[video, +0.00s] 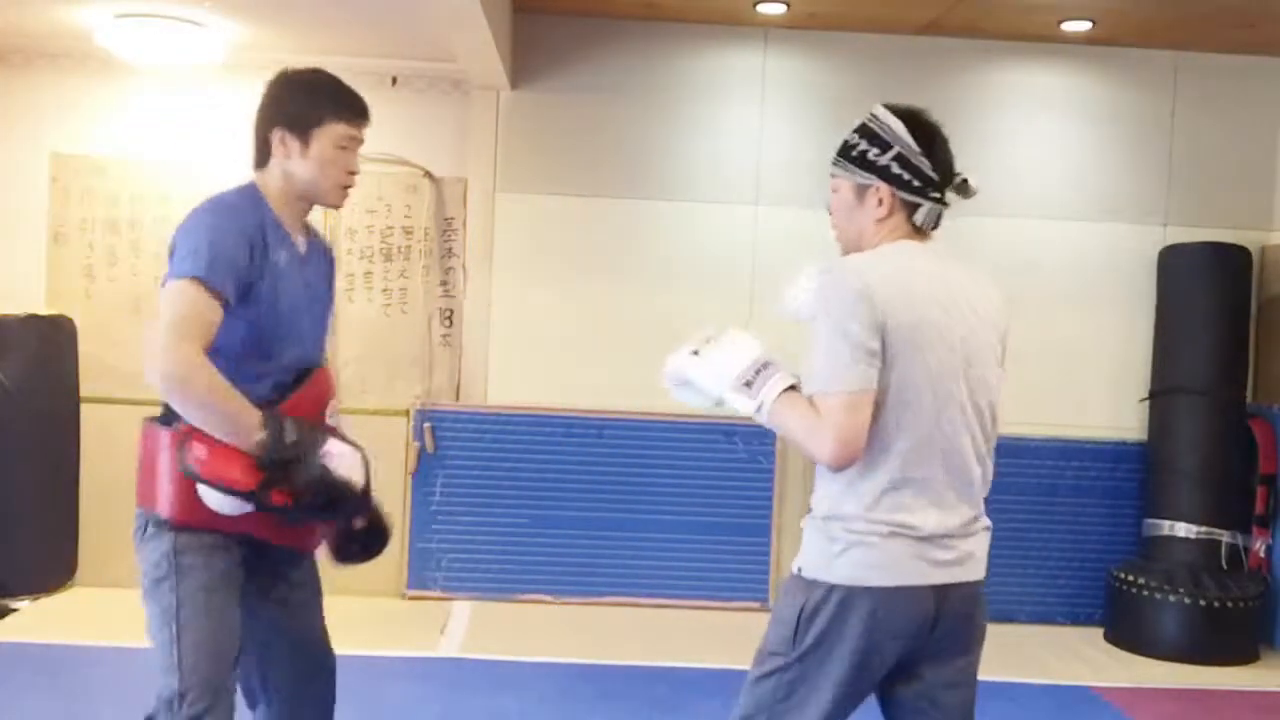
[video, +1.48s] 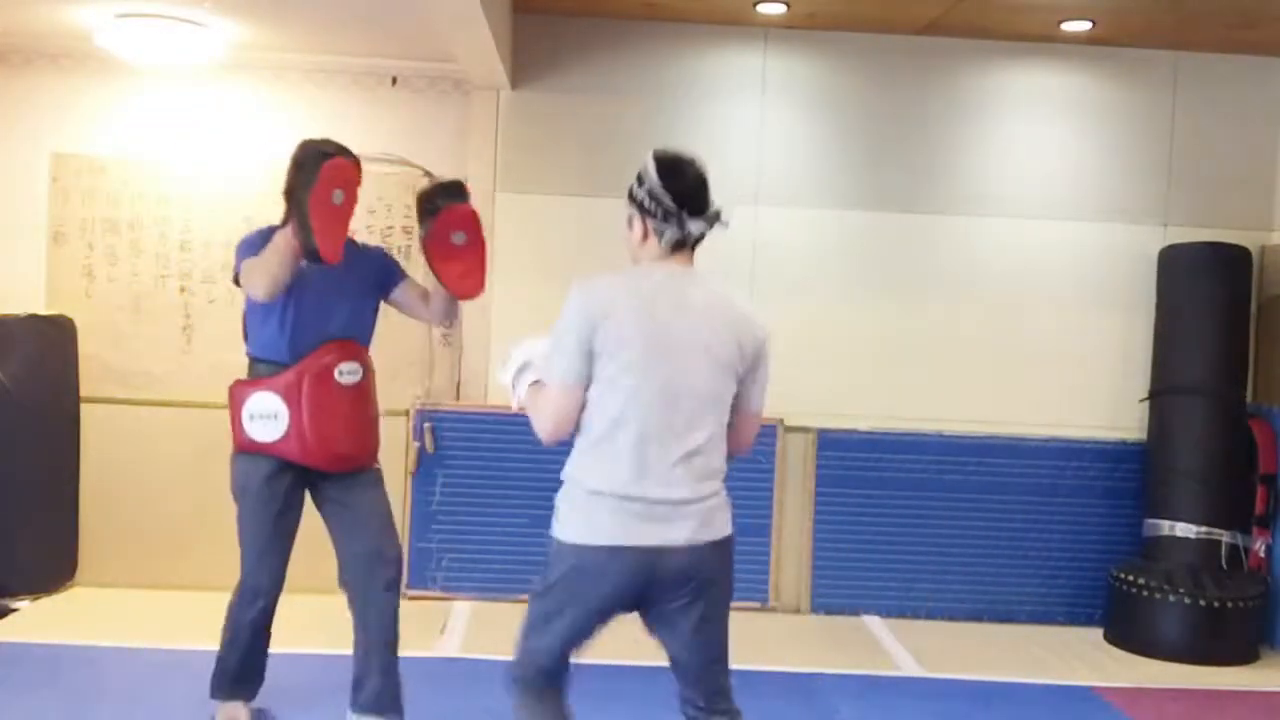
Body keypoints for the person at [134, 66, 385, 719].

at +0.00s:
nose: (357, 166)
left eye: (358, 150)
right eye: (344, 147)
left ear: (298, 148)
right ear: (285, 144)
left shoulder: (318, 256)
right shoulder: (223, 225)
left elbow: (308, 387)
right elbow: (171, 365)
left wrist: (341, 471)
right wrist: (279, 442)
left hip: (273, 505)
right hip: (194, 503)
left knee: (301, 694)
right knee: (193, 702)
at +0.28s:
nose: (354, 170)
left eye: (358, 156)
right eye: (340, 153)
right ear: (287, 156)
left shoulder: (352, 255)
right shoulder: (231, 239)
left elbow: (344, 363)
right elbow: (181, 362)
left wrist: (353, 476)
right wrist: (170, 485)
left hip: (319, 450)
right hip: (237, 446)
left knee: (326, 643)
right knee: (237, 648)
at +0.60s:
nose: (377, 163)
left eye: (382, 151)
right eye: (362, 149)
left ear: (385, 159)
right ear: (315, 157)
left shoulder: (393, 245)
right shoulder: (265, 239)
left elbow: (416, 344)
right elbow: (207, 345)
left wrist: (431, 433)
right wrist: (182, 452)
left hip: (368, 445)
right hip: (283, 444)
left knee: (411, 606)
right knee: (261, 622)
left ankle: (387, 716)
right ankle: (236, 716)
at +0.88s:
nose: (425, 176)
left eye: (430, 164)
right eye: (410, 162)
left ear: (432, 172)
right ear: (364, 169)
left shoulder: (436, 254)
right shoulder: (321, 247)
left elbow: (466, 348)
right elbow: (268, 351)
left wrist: (498, 430)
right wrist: (266, 448)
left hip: (410, 455)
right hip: (331, 451)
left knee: (425, 617)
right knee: (315, 612)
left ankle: (407, 718)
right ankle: (272, 717)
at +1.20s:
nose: (401, 194)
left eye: (408, 182)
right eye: (388, 180)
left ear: (414, 187)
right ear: (347, 183)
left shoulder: (405, 250)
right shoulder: (309, 240)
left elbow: (455, 331)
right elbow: (278, 322)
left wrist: (510, 325)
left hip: (371, 440)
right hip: (300, 435)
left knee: (385, 594)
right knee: (304, 579)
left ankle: (390, 716)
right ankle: (260, 686)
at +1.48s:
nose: (339, 199)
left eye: (347, 189)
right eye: (328, 187)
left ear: (352, 195)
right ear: (300, 188)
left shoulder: (370, 261)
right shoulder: (261, 245)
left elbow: (439, 313)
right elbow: (263, 286)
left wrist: (452, 246)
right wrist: (301, 223)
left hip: (344, 426)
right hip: (271, 425)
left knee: (377, 568)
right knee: (262, 576)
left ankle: (375, 710)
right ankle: (233, 700)